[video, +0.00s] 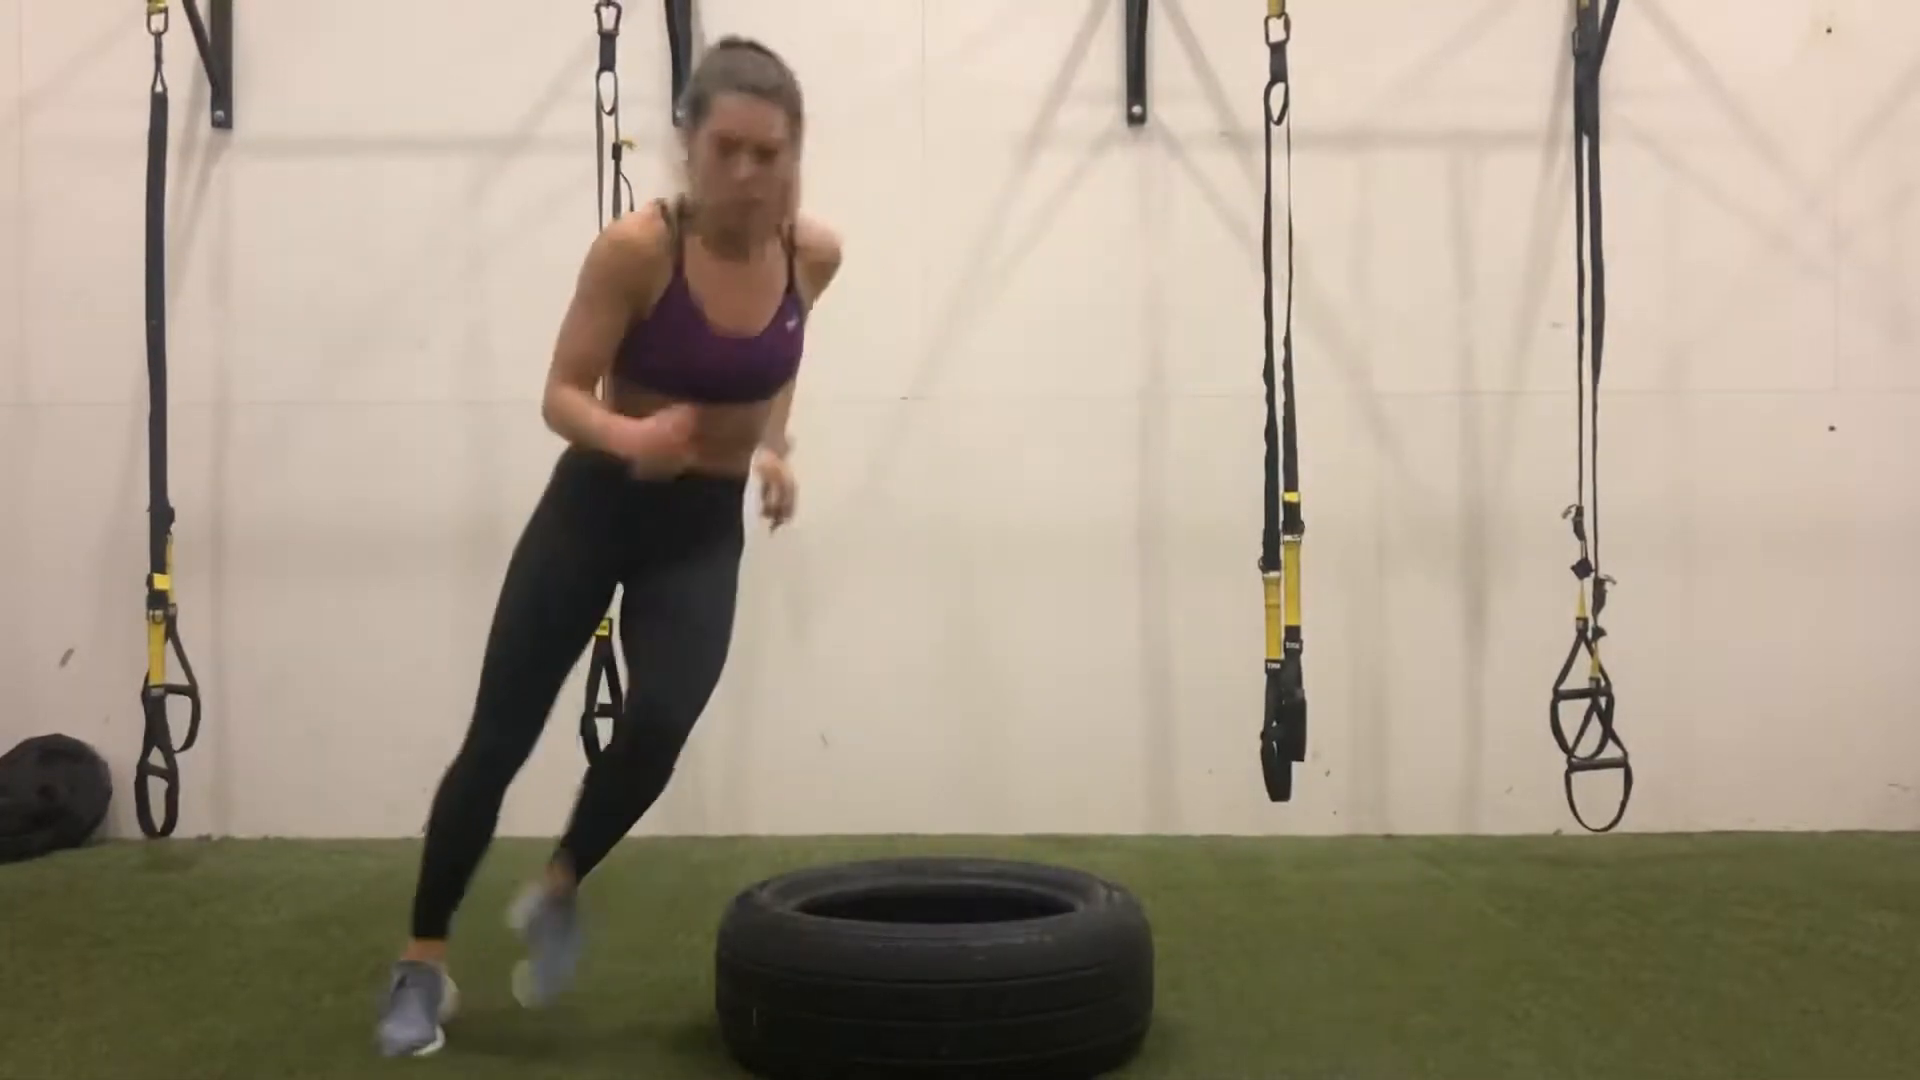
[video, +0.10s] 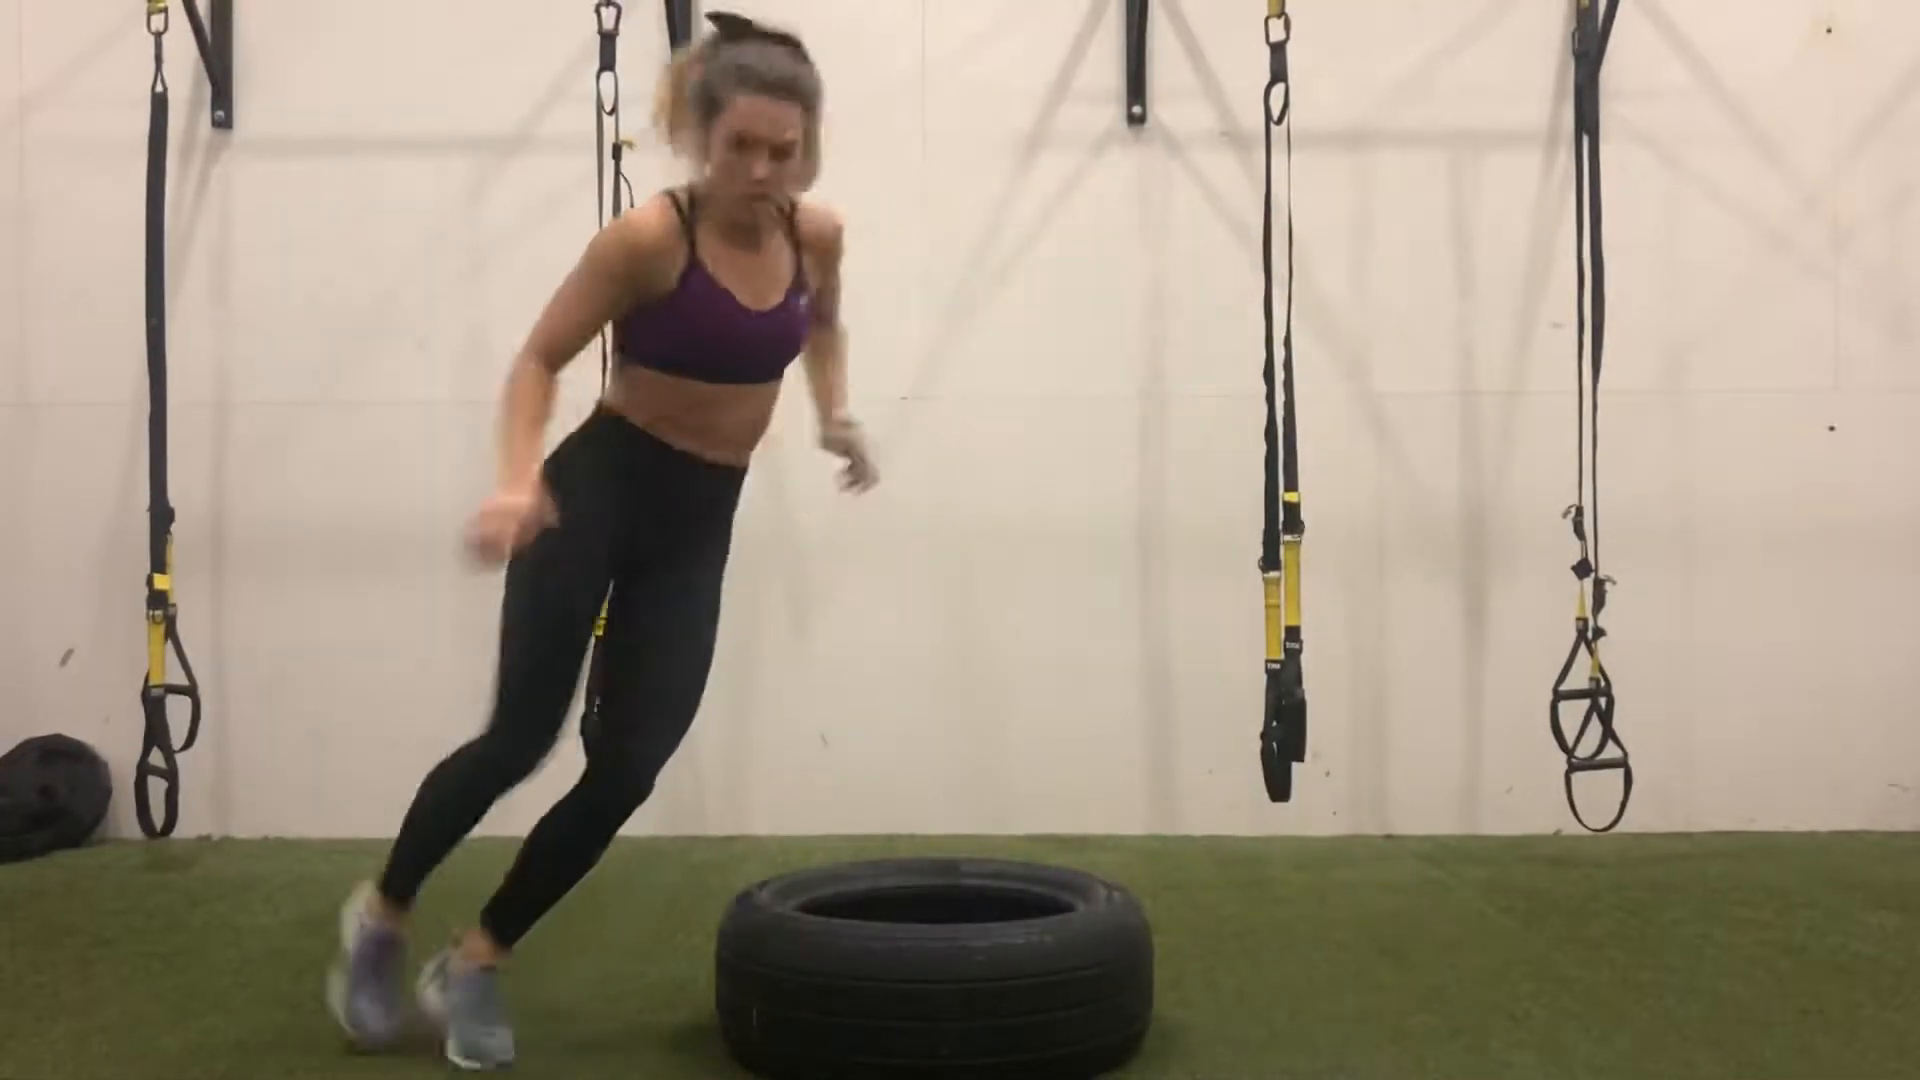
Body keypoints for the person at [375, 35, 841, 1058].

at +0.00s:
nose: (750, 174)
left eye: (770, 152)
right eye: (729, 150)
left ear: (798, 152)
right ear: (690, 147)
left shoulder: (813, 254)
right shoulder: (636, 249)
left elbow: (775, 348)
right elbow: (562, 393)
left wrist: (777, 444)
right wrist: (628, 436)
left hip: (703, 523)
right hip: (594, 505)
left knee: (659, 734)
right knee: (495, 744)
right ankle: (422, 956)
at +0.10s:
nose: (765, 169)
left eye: (784, 149)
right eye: (745, 147)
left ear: (807, 143)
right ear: (702, 137)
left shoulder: (815, 233)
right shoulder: (647, 238)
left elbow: (822, 326)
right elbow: (539, 358)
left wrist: (835, 417)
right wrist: (517, 480)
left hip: (698, 522)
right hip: (596, 492)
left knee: (628, 773)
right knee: (520, 737)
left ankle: (472, 960)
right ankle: (379, 916)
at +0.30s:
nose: (824, 162)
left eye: (839, 141)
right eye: (804, 141)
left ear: (860, 133)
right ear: (761, 132)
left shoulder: (881, 200)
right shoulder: (711, 208)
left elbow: (872, 283)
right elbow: (590, 227)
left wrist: (736, 255)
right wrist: (474, 211)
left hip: (743, 488)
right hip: (698, 478)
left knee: (610, 745)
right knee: (907, 570)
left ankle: (438, 963)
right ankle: (712, 707)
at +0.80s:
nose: (1061, 120)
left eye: (1082, 100)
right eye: (1042, 99)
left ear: (1120, 98)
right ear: (1013, 95)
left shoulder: (1176, 196)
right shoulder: (978, 228)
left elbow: (1285, 311)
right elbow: (960, 371)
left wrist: (1348, 458)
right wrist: (998, 371)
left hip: (1157, 494)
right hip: (1049, 503)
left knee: (1259, 748)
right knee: (1091, 734)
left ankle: (1384, 981)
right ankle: (1053, 733)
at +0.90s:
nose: (1064, 142)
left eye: (1087, 122)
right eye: (1047, 121)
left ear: (1129, 125)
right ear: (1024, 126)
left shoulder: (1193, 216)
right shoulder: (1004, 261)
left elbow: (1292, 324)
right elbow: (1014, 383)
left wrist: (1335, 441)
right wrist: (965, 454)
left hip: (1212, 512)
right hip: (1103, 538)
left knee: (1300, 766)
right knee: (1108, 776)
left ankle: (1427, 1004)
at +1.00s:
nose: (1051, 144)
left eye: (1074, 122)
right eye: (1033, 121)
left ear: (1119, 119)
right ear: (1011, 118)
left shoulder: (1178, 206)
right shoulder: (989, 242)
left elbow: (1281, 298)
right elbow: (961, 373)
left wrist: (1325, 404)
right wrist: (931, 442)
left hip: (1204, 484)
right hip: (1108, 508)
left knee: (1207, 730)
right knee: (1142, 772)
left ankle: (1396, 933)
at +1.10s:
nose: (1036, 199)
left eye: (1058, 180)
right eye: (1019, 177)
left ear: (1098, 179)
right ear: (995, 171)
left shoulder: (1151, 250)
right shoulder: (975, 281)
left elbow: (1277, 289)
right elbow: (889, 427)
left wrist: (1367, 325)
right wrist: (931, 344)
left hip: (1191, 507)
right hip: (1117, 532)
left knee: (1020, 628)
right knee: (1195, 770)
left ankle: (1218, 765)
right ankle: (1360, 960)